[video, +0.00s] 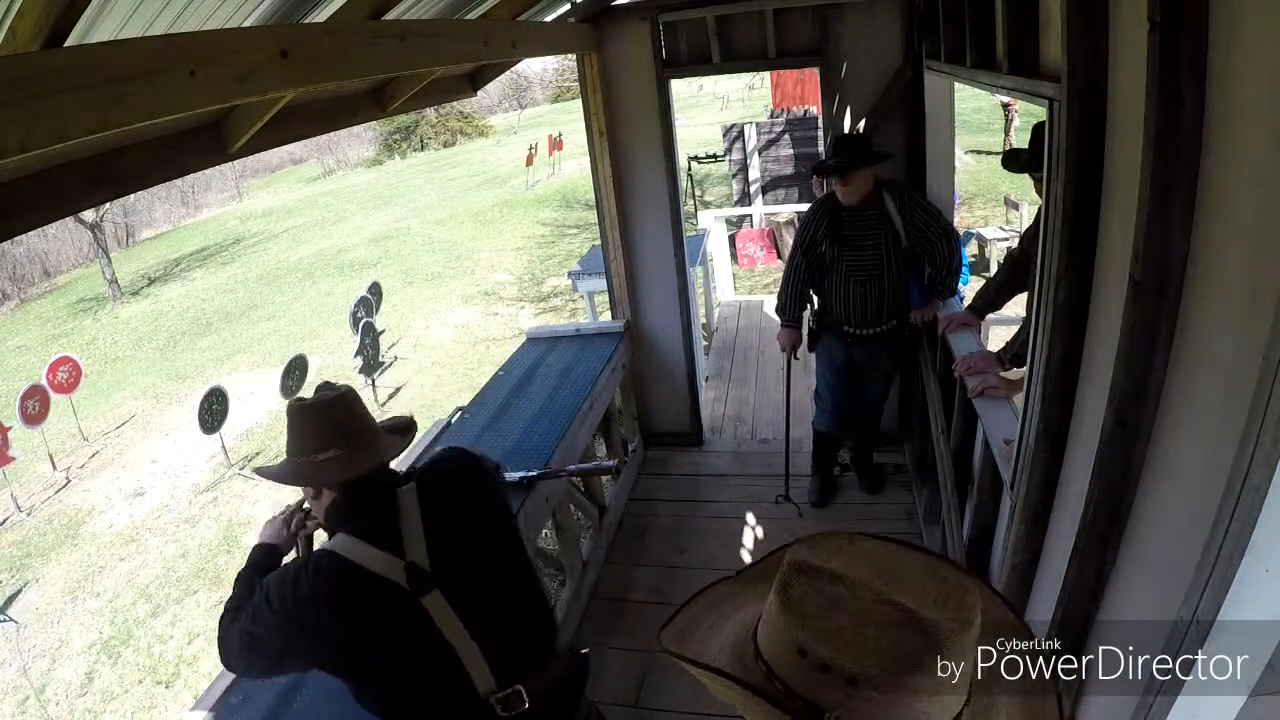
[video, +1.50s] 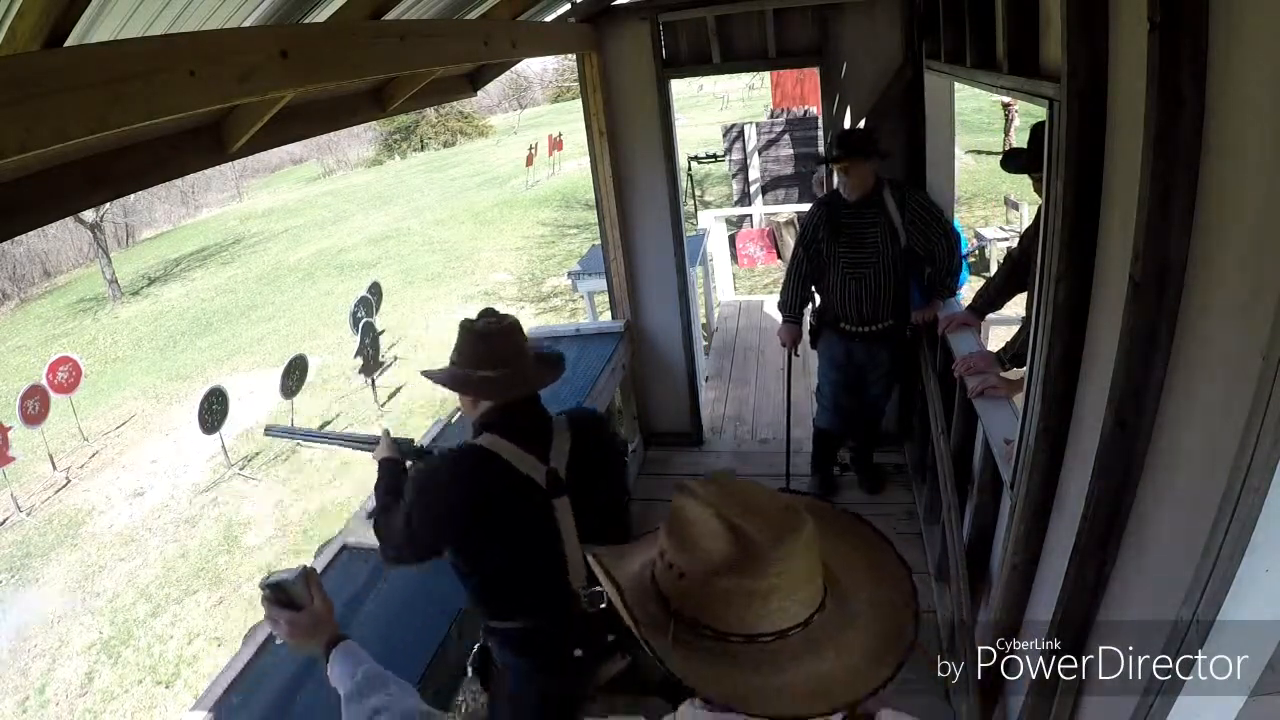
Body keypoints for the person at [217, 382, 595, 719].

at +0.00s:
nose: (303, 494)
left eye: (303, 483)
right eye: (303, 484)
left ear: (317, 489)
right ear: (384, 453)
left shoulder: (314, 591)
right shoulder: (466, 476)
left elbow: (235, 642)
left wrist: (267, 550)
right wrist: (339, 507)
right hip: (557, 683)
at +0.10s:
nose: (303, 492)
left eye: (303, 481)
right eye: (300, 482)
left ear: (318, 485)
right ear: (384, 452)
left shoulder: (312, 589)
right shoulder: (464, 473)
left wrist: (278, 579)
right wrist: (338, 509)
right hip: (553, 682)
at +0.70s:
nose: (311, 481)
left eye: (314, 473)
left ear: (325, 481)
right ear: (393, 451)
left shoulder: (310, 577)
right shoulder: (464, 478)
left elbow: (283, 622)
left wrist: (276, 528)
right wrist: (354, 487)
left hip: (439, 716)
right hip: (547, 683)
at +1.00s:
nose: (342, 465)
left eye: (342, 457)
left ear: (351, 466)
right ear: (421, 435)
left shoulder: (325, 559)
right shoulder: (488, 464)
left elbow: (287, 591)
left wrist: (282, 510)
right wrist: (380, 476)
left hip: (435, 715)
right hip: (546, 685)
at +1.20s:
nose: (355, 437)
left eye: (357, 428)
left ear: (363, 434)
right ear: (442, 415)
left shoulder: (344, 531)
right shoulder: (504, 459)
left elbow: (322, 520)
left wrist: (306, 471)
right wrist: (385, 461)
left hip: (450, 703)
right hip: (552, 672)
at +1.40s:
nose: (415, 417)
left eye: (418, 409)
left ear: (425, 415)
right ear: (493, 397)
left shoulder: (402, 498)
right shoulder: (555, 447)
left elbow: (370, 553)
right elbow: (586, 543)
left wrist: (381, 463)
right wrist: (438, 458)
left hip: (496, 682)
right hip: (588, 649)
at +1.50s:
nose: (456, 396)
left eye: (458, 386)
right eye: (457, 385)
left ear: (470, 392)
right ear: (530, 379)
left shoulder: (453, 476)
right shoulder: (589, 433)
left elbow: (396, 545)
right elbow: (615, 526)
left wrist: (388, 467)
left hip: (530, 648)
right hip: (611, 619)